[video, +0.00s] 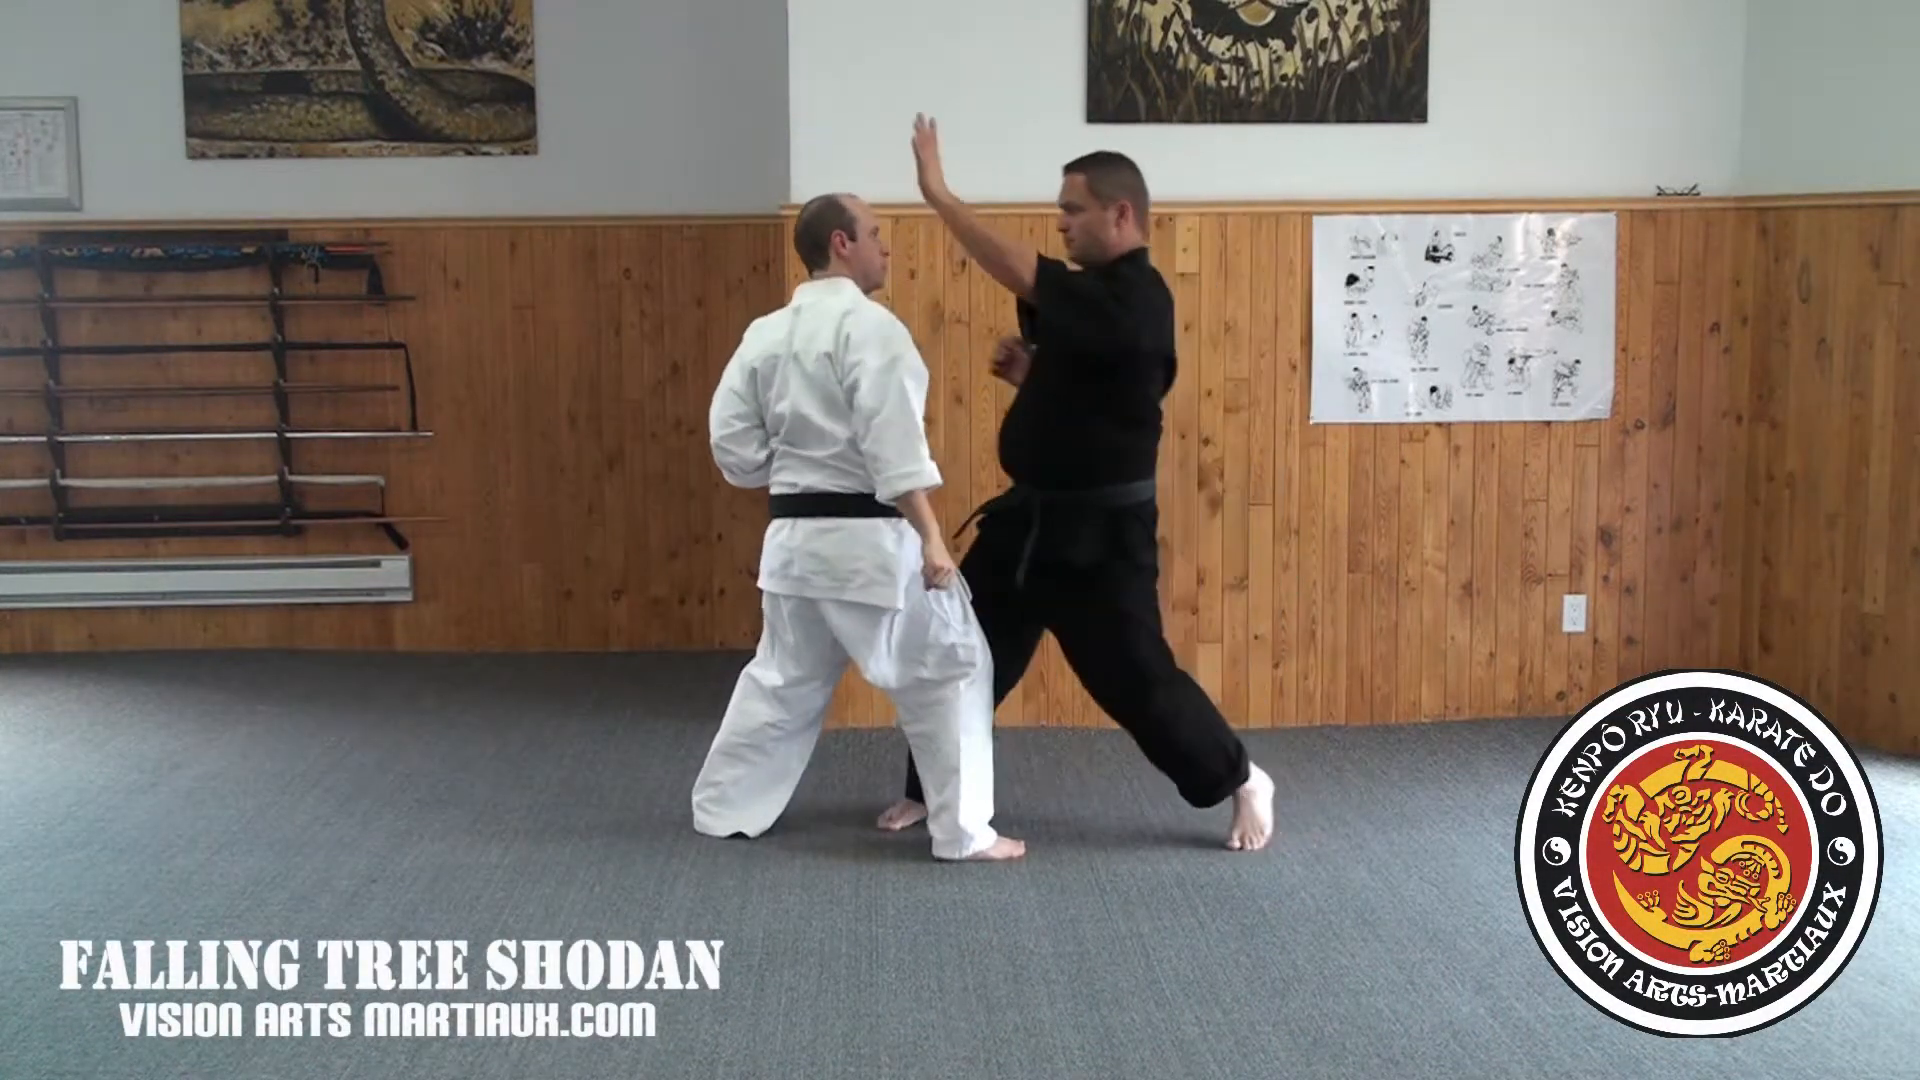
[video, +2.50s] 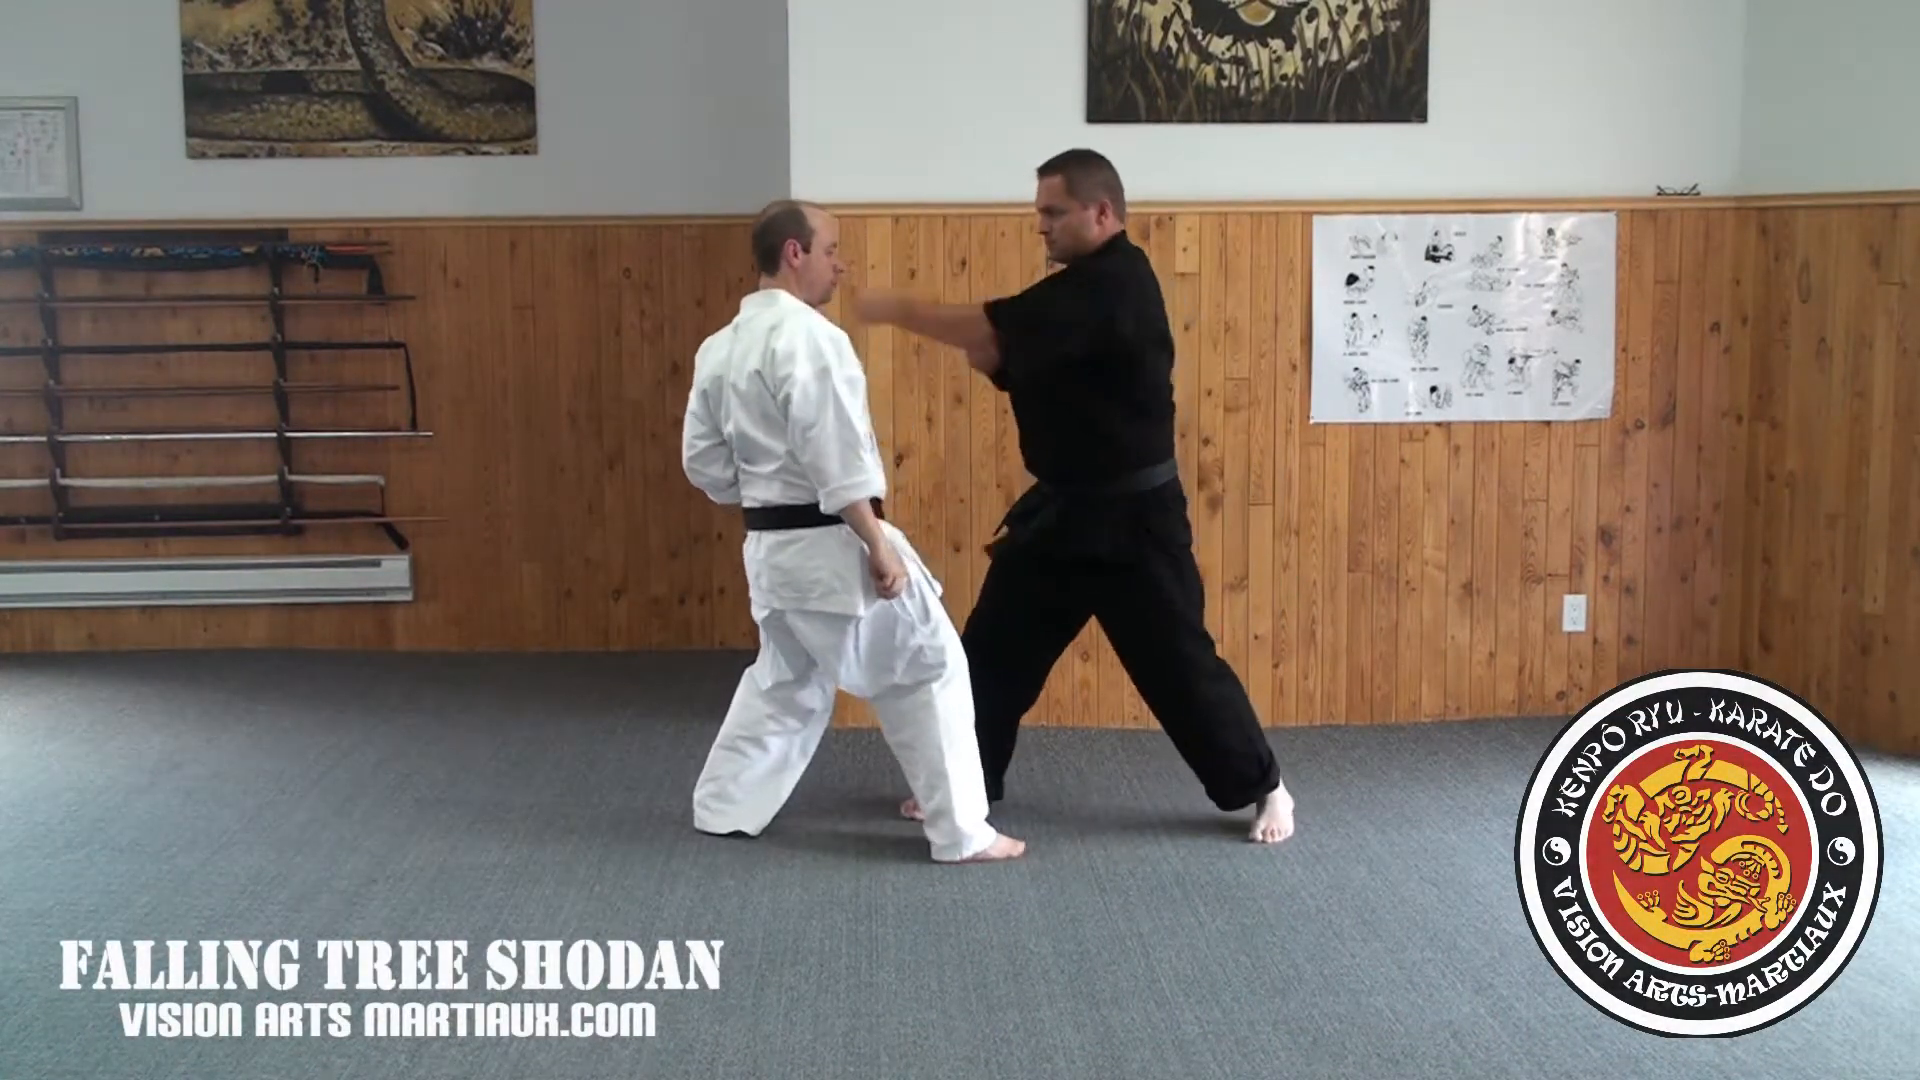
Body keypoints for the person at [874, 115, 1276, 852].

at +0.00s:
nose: (1061, 224)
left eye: (1073, 210)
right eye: (1061, 211)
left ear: (1123, 215)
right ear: (1105, 216)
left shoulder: (1135, 295)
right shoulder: (1089, 292)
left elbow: (1023, 275)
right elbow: (1104, 387)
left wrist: (939, 197)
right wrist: (1032, 370)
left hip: (1101, 515)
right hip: (1033, 508)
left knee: (1132, 670)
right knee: (961, 653)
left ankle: (1241, 781)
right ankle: (932, 794)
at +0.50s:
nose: (1034, 208)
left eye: (1049, 201)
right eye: (1035, 195)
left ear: (1094, 212)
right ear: (1035, 192)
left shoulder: (1133, 279)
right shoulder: (1011, 249)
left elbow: (1069, 357)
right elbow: (949, 161)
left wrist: (1006, 308)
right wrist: (1043, 166)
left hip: (1112, 500)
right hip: (1018, 493)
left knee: (1167, 650)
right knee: (966, 646)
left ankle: (1235, 797)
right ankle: (930, 794)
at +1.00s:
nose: (1000, 252)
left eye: (1012, 242)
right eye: (998, 239)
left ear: (1060, 245)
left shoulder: (1113, 313)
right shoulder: (995, 303)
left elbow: (1055, 406)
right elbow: (890, 268)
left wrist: (988, 359)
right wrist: (977, 233)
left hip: (1108, 537)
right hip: (1014, 534)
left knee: (1165, 682)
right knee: (939, 658)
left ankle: (1246, 804)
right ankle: (914, 790)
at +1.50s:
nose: (1017, 238)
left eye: (1029, 226)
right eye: (1015, 226)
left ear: (1080, 227)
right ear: (1020, 225)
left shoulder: (1132, 302)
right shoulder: (1008, 290)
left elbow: (1094, 398)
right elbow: (914, 261)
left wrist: (1012, 347)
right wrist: (951, 215)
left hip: (1127, 522)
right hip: (1031, 518)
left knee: (1184, 666)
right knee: (964, 658)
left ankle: (1257, 790)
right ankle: (914, 788)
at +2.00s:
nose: (1041, 245)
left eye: (1053, 233)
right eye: (1039, 232)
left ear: (1104, 235)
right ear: (1086, 235)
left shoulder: (1164, 310)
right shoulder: (1027, 307)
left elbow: (1147, 413)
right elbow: (940, 361)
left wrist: (1056, 371)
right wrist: (860, 377)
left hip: (1146, 526)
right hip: (1049, 522)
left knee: (1188, 667)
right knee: (981, 652)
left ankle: (1255, 798)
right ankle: (954, 786)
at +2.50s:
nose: (1040, 225)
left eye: (1052, 213)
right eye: (1040, 213)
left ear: (1101, 214)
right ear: (1091, 218)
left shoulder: (1112, 281)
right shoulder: (1079, 283)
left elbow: (994, 324)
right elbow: (1019, 371)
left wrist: (893, 309)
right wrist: (978, 350)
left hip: (1133, 509)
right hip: (1061, 506)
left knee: (1177, 660)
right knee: (993, 651)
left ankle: (1265, 787)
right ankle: (964, 785)